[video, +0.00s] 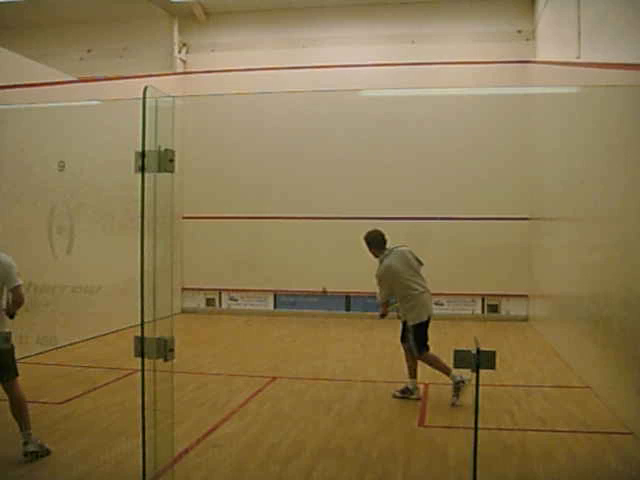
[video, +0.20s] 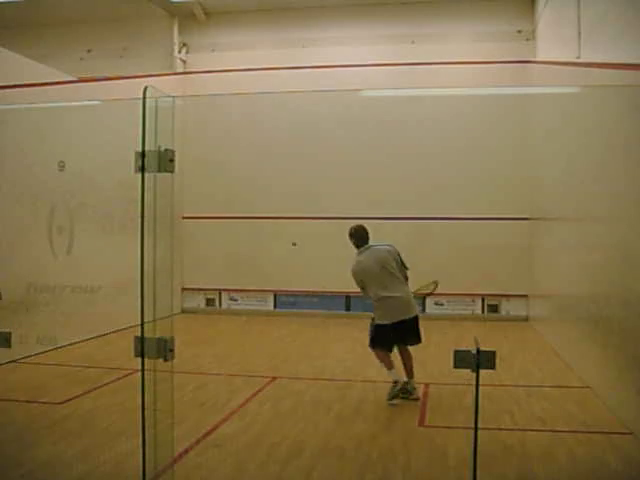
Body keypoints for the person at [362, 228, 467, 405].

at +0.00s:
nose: (369, 251)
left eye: (368, 248)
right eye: (369, 248)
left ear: (371, 249)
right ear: (385, 242)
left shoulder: (383, 270)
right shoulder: (404, 251)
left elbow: (384, 297)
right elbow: (419, 264)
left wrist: (383, 311)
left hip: (415, 312)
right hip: (423, 305)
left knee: (420, 352)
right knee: (407, 343)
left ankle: (455, 377)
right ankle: (412, 385)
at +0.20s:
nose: (353, 243)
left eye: (352, 240)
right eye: (356, 238)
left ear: (353, 242)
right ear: (368, 236)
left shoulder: (357, 266)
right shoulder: (389, 249)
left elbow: (365, 291)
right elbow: (404, 274)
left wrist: (385, 292)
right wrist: (398, 290)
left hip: (384, 314)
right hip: (407, 309)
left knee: (378, 346)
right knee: (402, 345)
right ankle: (410, 384)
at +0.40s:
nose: (332, 241)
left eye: (331, 238)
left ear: (331, 239)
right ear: (348, 236)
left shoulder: (330, 262)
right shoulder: (365, 253)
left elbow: (330, 292)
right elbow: (383, 279)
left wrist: (344, 307)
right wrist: (397, 303)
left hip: (348, 316)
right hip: (374, 313)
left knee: (335, 351)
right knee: (391, 350)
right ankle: (405, 384)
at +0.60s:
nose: (299, 225)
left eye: (301, 222)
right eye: (301, 221)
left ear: (306, 224)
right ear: (321, 225)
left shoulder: (297, 246)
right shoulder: (334, 245)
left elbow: (293, 281)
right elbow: (354, 271)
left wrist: (295, 307)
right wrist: (365, 297)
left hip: (309, 309)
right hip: (333, 308)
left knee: (314, 348)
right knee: (342, 345)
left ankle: (322, 389)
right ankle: (347, 386)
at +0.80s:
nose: (270, 226)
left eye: (272, 222)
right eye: (271, 222)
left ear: (278, 225)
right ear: (293, 226)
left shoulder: (268, 249)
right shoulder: (305, 246)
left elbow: (259, 283)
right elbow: (325, 272)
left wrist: (253, 310)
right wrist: (331, 302)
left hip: (270, 313)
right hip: (295, 314)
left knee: (265, 345)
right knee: (289, 354)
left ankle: (266, 386)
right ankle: (286, 399)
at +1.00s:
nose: (230, 235)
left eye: (233, 231)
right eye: (232, 231)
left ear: (240, 234)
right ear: (254, 235)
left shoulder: (229, 256)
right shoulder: (268, 255)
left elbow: (217, 292)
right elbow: (284, 285)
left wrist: (209, 321)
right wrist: (294, 311)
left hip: (230, 319)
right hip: (260, 320)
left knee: (208, 356)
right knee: (275, 360)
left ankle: (185, 398)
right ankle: (284, 403)